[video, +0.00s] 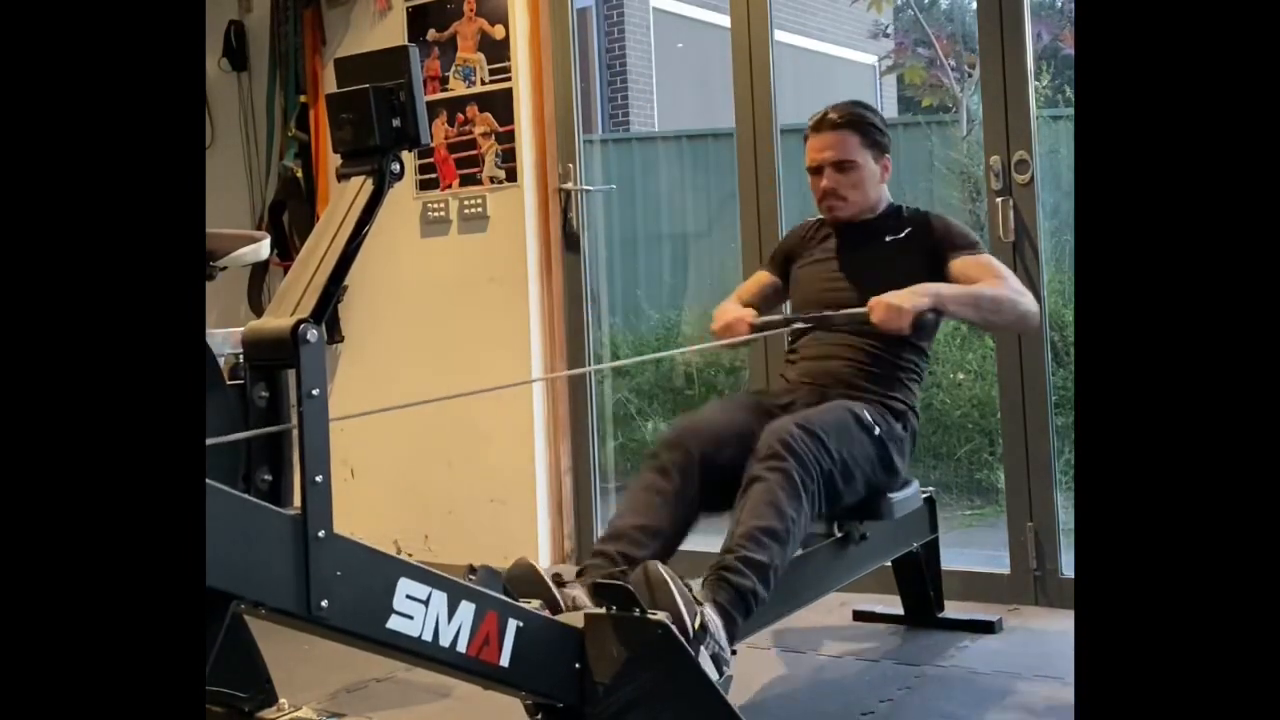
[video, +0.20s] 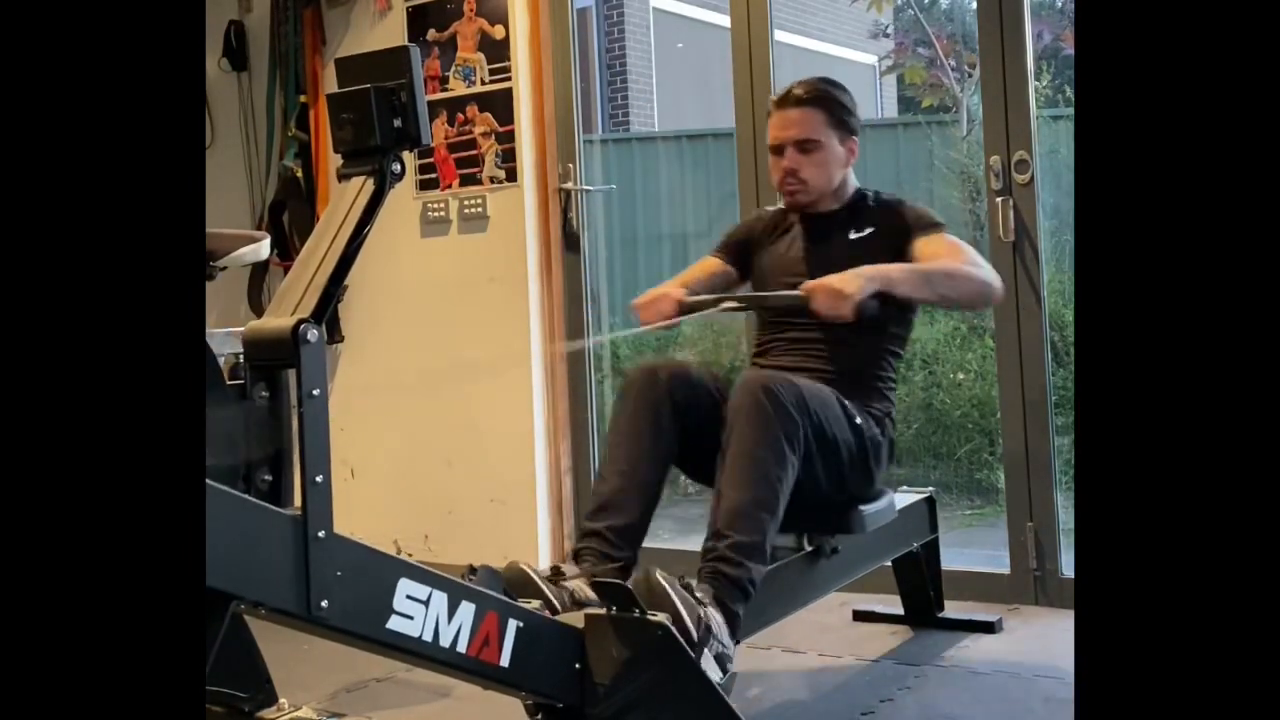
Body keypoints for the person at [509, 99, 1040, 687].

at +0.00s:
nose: (825, 184)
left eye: (840, 169)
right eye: (815, 171)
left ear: (883, 167)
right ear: (809, 173)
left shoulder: (926, 234)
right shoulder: (804, 241)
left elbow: (1022, 307)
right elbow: (742, 300)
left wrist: (931, 295)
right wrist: (734, 313)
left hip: (870, 414)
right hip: (778, 406)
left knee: (785, 446)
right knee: (685, 443)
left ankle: (716, 625)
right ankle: (591, 591)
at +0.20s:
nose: (788, 165)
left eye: (806, 148)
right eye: (777, 151)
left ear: (850, 150)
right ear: (768, 156)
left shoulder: (896, 222)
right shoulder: (761, 231)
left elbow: (983, 284)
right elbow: (700, 282)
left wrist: (876, 278)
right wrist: (667, 295)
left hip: (849, 450)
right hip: (752, 436)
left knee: (762, 390)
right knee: (656, 383)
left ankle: (717, 618)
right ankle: (593, 577)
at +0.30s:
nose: (753, 150)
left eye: (771, 132)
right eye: (743, 136)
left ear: (818, 137)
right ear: (734, 142)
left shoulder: (861, 206)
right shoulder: (731, 218)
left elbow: (910, 263)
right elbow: (646, 276)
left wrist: (805, 273)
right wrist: (596, 293)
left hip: (829, 456)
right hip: (737, 448)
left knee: (744, 363)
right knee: (627, 359)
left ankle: (712, 610)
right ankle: (585, 576)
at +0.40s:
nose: (708, 146)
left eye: (729, 128)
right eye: (699, 130)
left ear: (777, 135)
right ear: (689, 137)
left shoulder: (817, 203)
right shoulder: (684, 219)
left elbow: (833, 258)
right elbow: (598, 273)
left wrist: (725, 298)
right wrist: (525, 312)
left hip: (803, 470)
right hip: (710, 467)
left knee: (730, 337)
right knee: (604, 347)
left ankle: (705, 590)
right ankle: (578, 573)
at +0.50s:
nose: (661, 148)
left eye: (685, 129)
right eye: (653, 131)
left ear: (738, 137)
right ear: (644, 138)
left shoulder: (783, 207)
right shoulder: (639, 227)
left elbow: (767, 271)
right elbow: (550, 289)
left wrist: (672, 319)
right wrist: (460, 345)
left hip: (776, 477)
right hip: (680, 479)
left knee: (718, 330)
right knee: (584, 314)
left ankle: (700, 575)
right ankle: (579, 563)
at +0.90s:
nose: (728, 145)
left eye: (748, 129)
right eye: (720, 132)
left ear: (797, 137)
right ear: (712, 140)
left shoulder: (829, 200)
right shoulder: (701, 217)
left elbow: (804, 264)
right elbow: (620, 270)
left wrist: (732, 306)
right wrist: (540, 315)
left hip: (811, 465)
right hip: (724, 458)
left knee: (745, 342)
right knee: (618, 353)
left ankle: (703, 592)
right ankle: (581, 573)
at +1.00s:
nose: (771, 145)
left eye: (790, 129)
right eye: (763, 133)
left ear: (838, 140)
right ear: (754, 144)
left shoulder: (866, 202)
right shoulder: (742, 217)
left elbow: (849, 262)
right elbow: (669, 267)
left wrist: (787, 294)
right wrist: (603, 306)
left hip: (846, 436)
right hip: (755, 423)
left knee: (770, 380)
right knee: (650, 385)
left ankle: (708, 608)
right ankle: (583, 577)